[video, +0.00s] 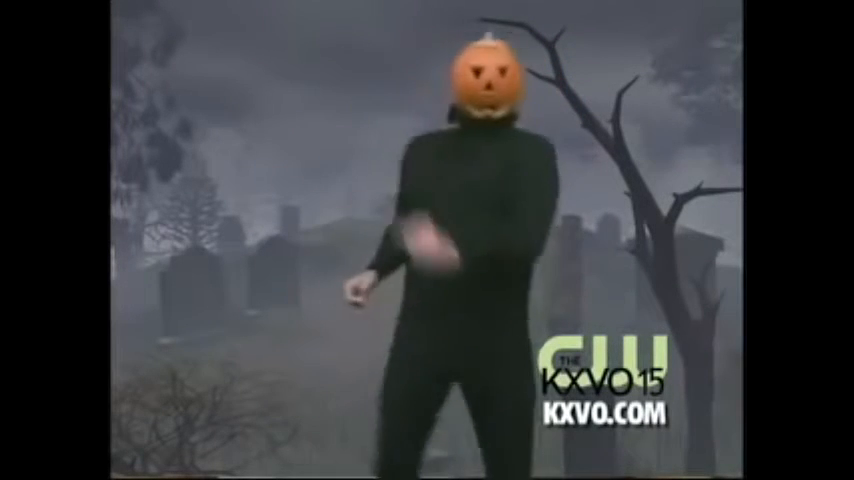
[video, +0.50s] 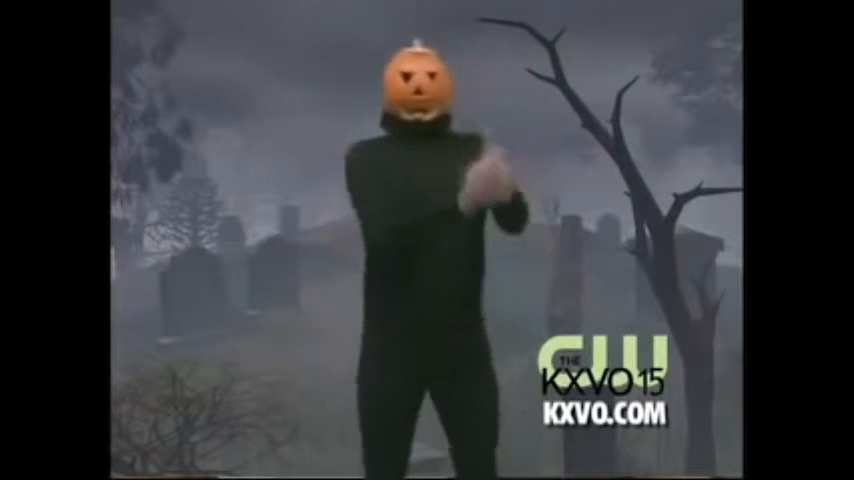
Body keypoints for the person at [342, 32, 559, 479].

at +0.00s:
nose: (488, 79)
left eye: (502, 70)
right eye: (476, 69)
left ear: (518, 84)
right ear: (456, 82)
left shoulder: (533, 153)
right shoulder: (424, 149)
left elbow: (526, 240)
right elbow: (407, 226)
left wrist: (460, 251)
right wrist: (375, 269)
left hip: (498, 338)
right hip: (423, 335)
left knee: (510, 468)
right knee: (394, 464)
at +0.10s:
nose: (474, 98)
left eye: (487, 90)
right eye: (461, 89)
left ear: (502, 103)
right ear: (442, 103)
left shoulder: (523, 172)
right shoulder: (412, 174)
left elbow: (530, 255)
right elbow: (386, 253)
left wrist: (493, 310)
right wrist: (355, 276)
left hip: (495, 357)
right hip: (420, 353)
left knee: (509, 470)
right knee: (398, 468)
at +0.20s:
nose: (460, 114)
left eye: (472, 106)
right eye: (448, 105)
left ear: (488, 118)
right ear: (426, 117)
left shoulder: (510, 190)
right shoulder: (398, 188)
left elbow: (534, 279)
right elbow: (366, 286)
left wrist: (514, 313)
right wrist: (348, 248)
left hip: (494, 372)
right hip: (418, 369)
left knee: (518, 471)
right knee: (380, 471)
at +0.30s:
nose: (444, 111)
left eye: (456, 103)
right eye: (430, 102)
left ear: (473, 119)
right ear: (411, 119)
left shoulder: (498, 189)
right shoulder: (388, 189)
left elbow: (527, 286)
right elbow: (366, 286)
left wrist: (526, 260)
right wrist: (362, 201)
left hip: (485, 371)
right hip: (410, 371)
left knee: (512, 471)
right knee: (380, 473)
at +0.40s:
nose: (431, 85)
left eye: (443, 76)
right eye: (418, 76)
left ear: (459, 91)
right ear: (400, 93)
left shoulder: (484, 160)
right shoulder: (376, 163)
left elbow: (515, 244)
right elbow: (380, 238)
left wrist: (508, 199)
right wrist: (401, 173)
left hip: (469, 345)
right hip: (397, 349)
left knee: (502, 469)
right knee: (383, 471)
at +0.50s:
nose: (419, 84)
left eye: (430, 75)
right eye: (406, 75)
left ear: (448, 88)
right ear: (387, 90)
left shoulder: (472, 151)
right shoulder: (367, 158)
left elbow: (514, 223)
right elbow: (384, 228)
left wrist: (502, 190)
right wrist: (461, 203)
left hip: (459, 340)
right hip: (390, 344)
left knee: (478, 467)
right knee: (384, 469)